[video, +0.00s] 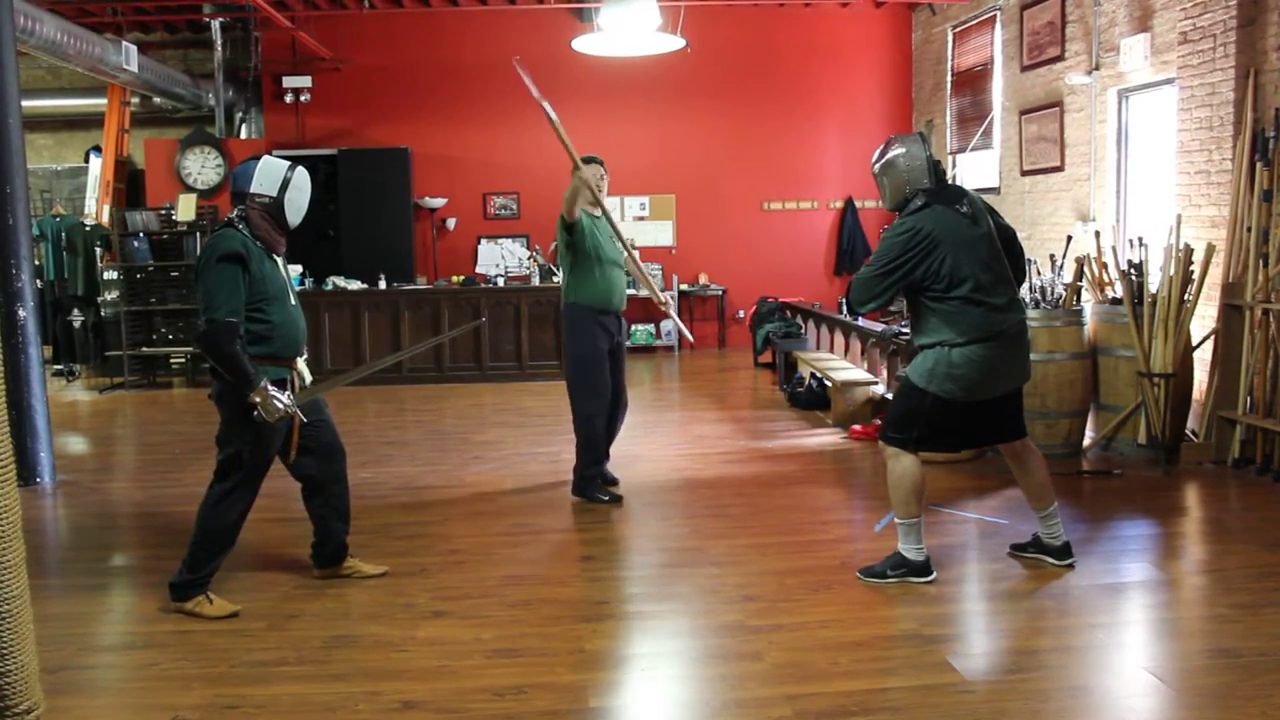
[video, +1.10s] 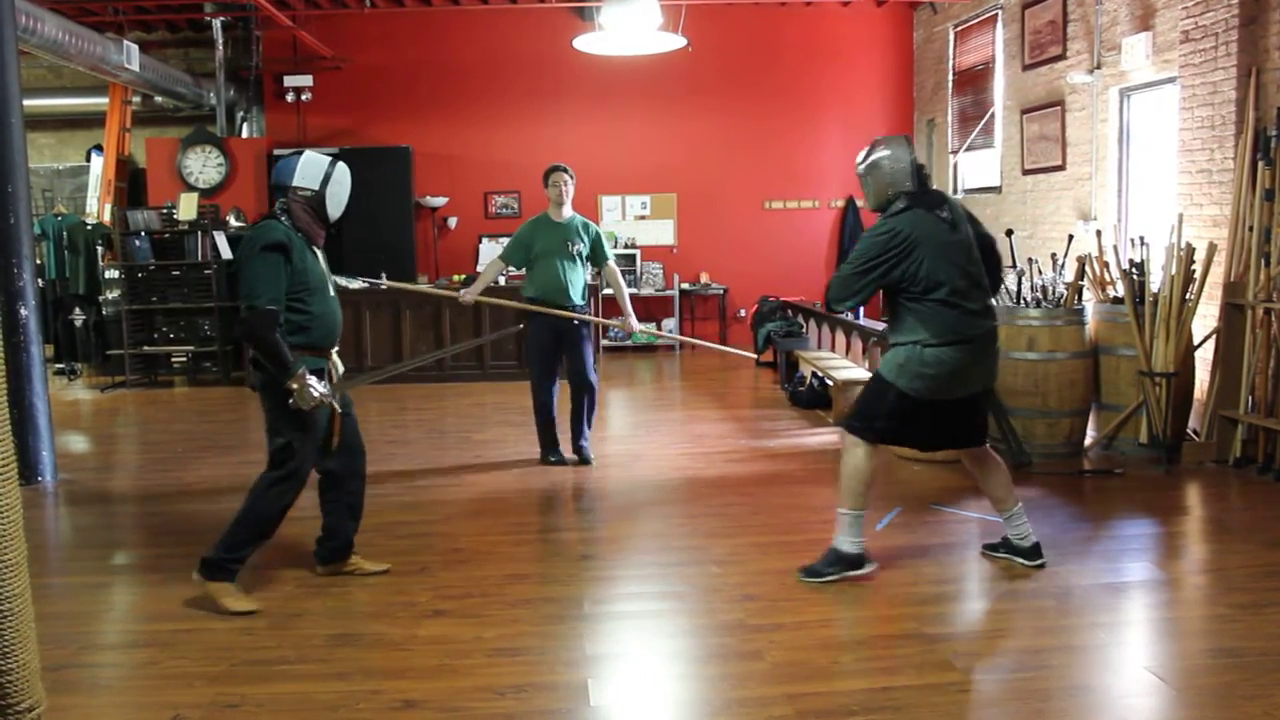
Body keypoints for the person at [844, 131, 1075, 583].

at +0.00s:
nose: (882, 193)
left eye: (883, 182)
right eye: (881, 183)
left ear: (901, 178)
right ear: (928, 171)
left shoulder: (911, 228)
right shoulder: (976, 206)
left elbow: (859, 296)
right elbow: (1017, 262)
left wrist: (889, 276)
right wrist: (990, 300)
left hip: (954, 355)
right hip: (1008, 348)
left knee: (898, 440)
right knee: (1015, 441)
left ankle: (912, 556)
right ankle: (1054, 540)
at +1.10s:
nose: (860, 188)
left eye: (863, 178)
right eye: (861, 179)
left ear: (881, 181)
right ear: (909, 176)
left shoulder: (890, 230)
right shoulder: (953, 211)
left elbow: (837, 296)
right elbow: (992, 259)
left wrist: (882, 269)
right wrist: (971, 298)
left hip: (922, 357)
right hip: (977, 351)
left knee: (858, 433)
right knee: (974, 446)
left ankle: (848, 547)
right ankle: (1023, 539)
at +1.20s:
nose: (841, 192)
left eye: (843, 183)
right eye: (841, 182)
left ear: (857, 184)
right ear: (891, 178)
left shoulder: (867, 231)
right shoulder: (934, 214)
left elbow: (812, 289)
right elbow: (970, 270)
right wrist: (942, 299)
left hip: (902, 360)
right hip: (958, 355)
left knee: (838, 437)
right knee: (971, 446)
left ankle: (809, 551)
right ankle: (1024, 538)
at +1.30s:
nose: (816, 195)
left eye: (819, 185)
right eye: (816, 186)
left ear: (836, 183)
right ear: (864, 178)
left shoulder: (842, 233)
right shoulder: (909, 215)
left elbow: (782, 286)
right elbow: (942, 277)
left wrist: (765, 269)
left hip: (879, 363)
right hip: (934, 357)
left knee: (814, 443)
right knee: (958, 445)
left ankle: (795, 557)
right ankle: (1020, 532)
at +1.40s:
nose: (789, 198)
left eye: (791, 189)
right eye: (788, 189)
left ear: (807, 187)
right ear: (837, 182)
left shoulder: (814, 234)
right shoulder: (881, 215)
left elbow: (755, 280)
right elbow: (916, 259)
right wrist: (901, 301)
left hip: (860, 358)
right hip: (913, 351)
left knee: (795, 443)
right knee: (938, 441)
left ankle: (788, 558)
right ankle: (1010, 520)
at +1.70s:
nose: (747, 201)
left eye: (750, 192)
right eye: (747, 192)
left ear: (766, 192)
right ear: (797, 186)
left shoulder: (781, 239)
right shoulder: (840, 213)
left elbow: (755, 314)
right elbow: (882, 258)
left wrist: (692, 328)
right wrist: (859, 296)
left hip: (837, 350)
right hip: (881, 340)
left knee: (772, 440)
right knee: (888, 430)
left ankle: (784, 556)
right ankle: (954, 508)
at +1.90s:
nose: (766, 193)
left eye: (769, 184)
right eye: (765, 184)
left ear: (787, 183)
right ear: (811, 178)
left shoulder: (797, 235)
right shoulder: (853, 209)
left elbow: (763, 306)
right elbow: (891, 247)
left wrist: (709, 294)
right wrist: (882, 297)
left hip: (836, 347)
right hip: (882, 338)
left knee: (781, 439)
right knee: (869, 427)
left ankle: (784, 555)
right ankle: (918, 511)